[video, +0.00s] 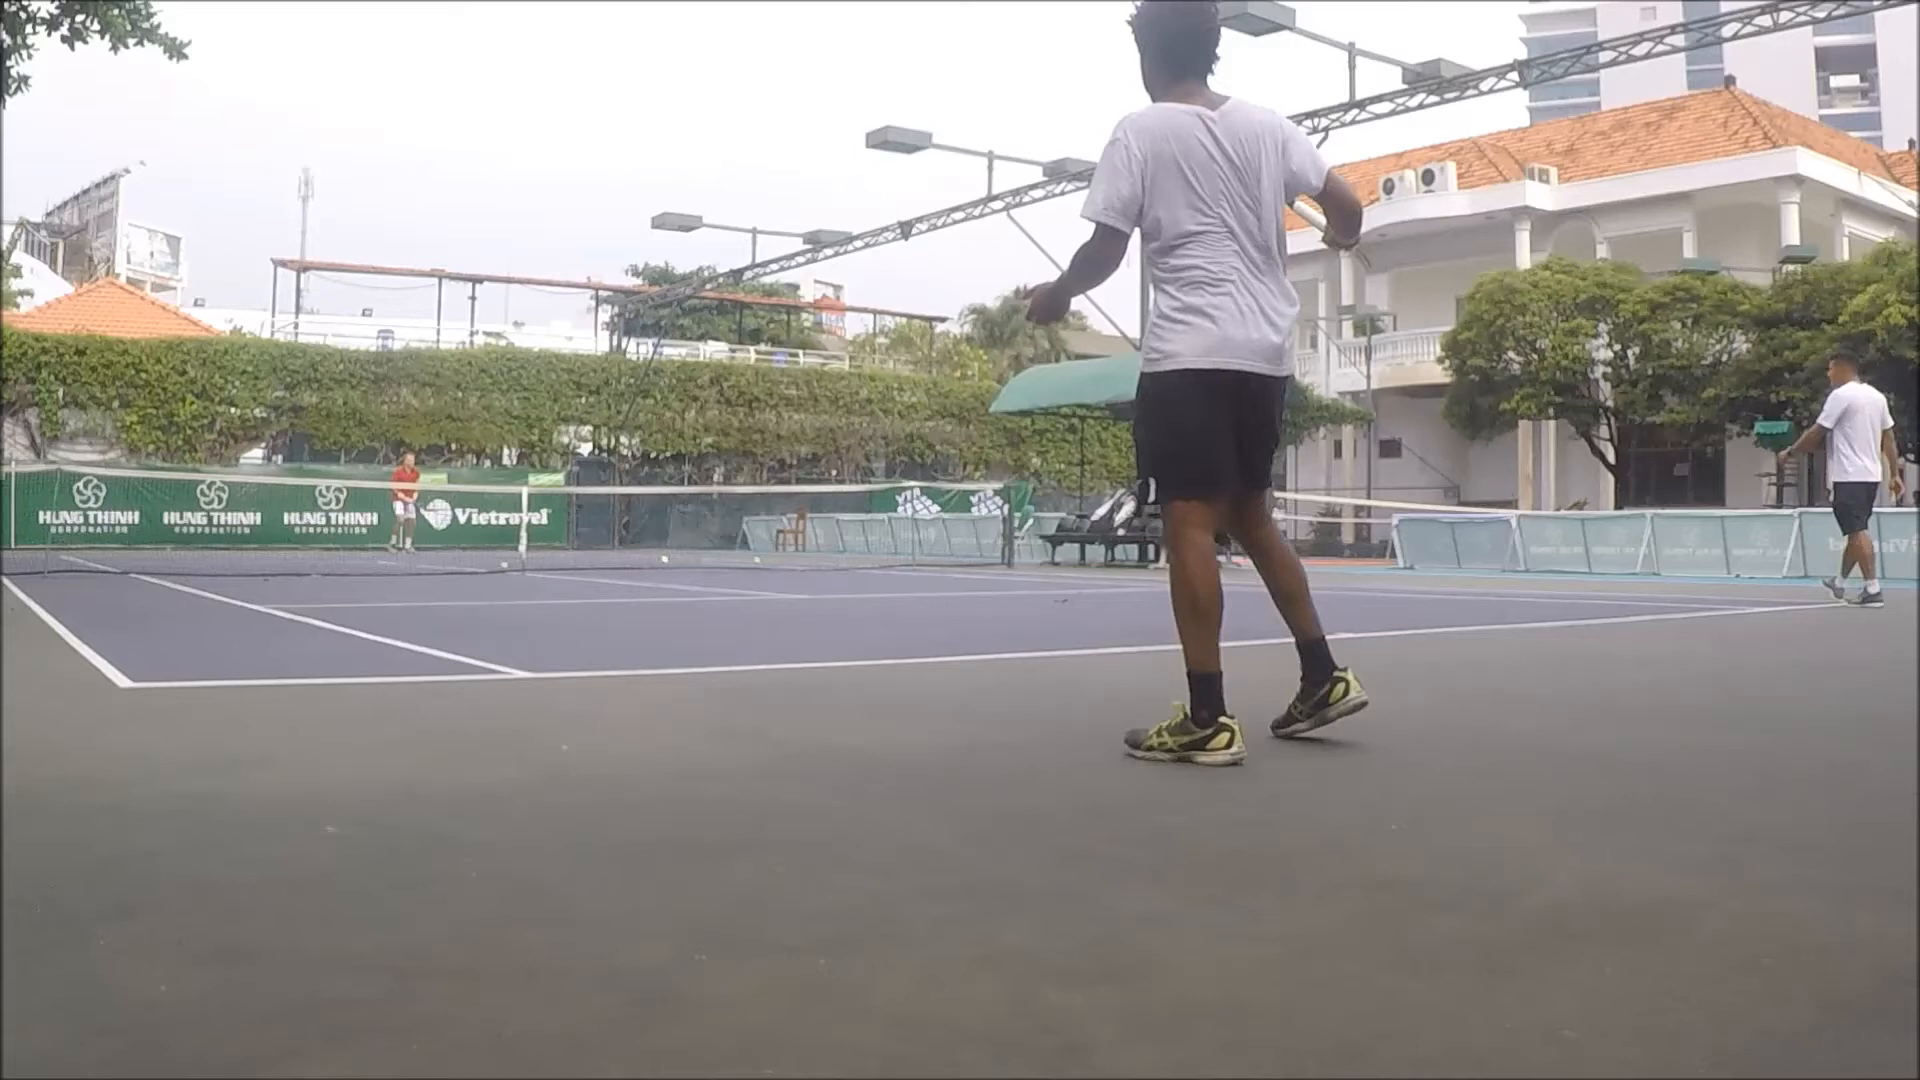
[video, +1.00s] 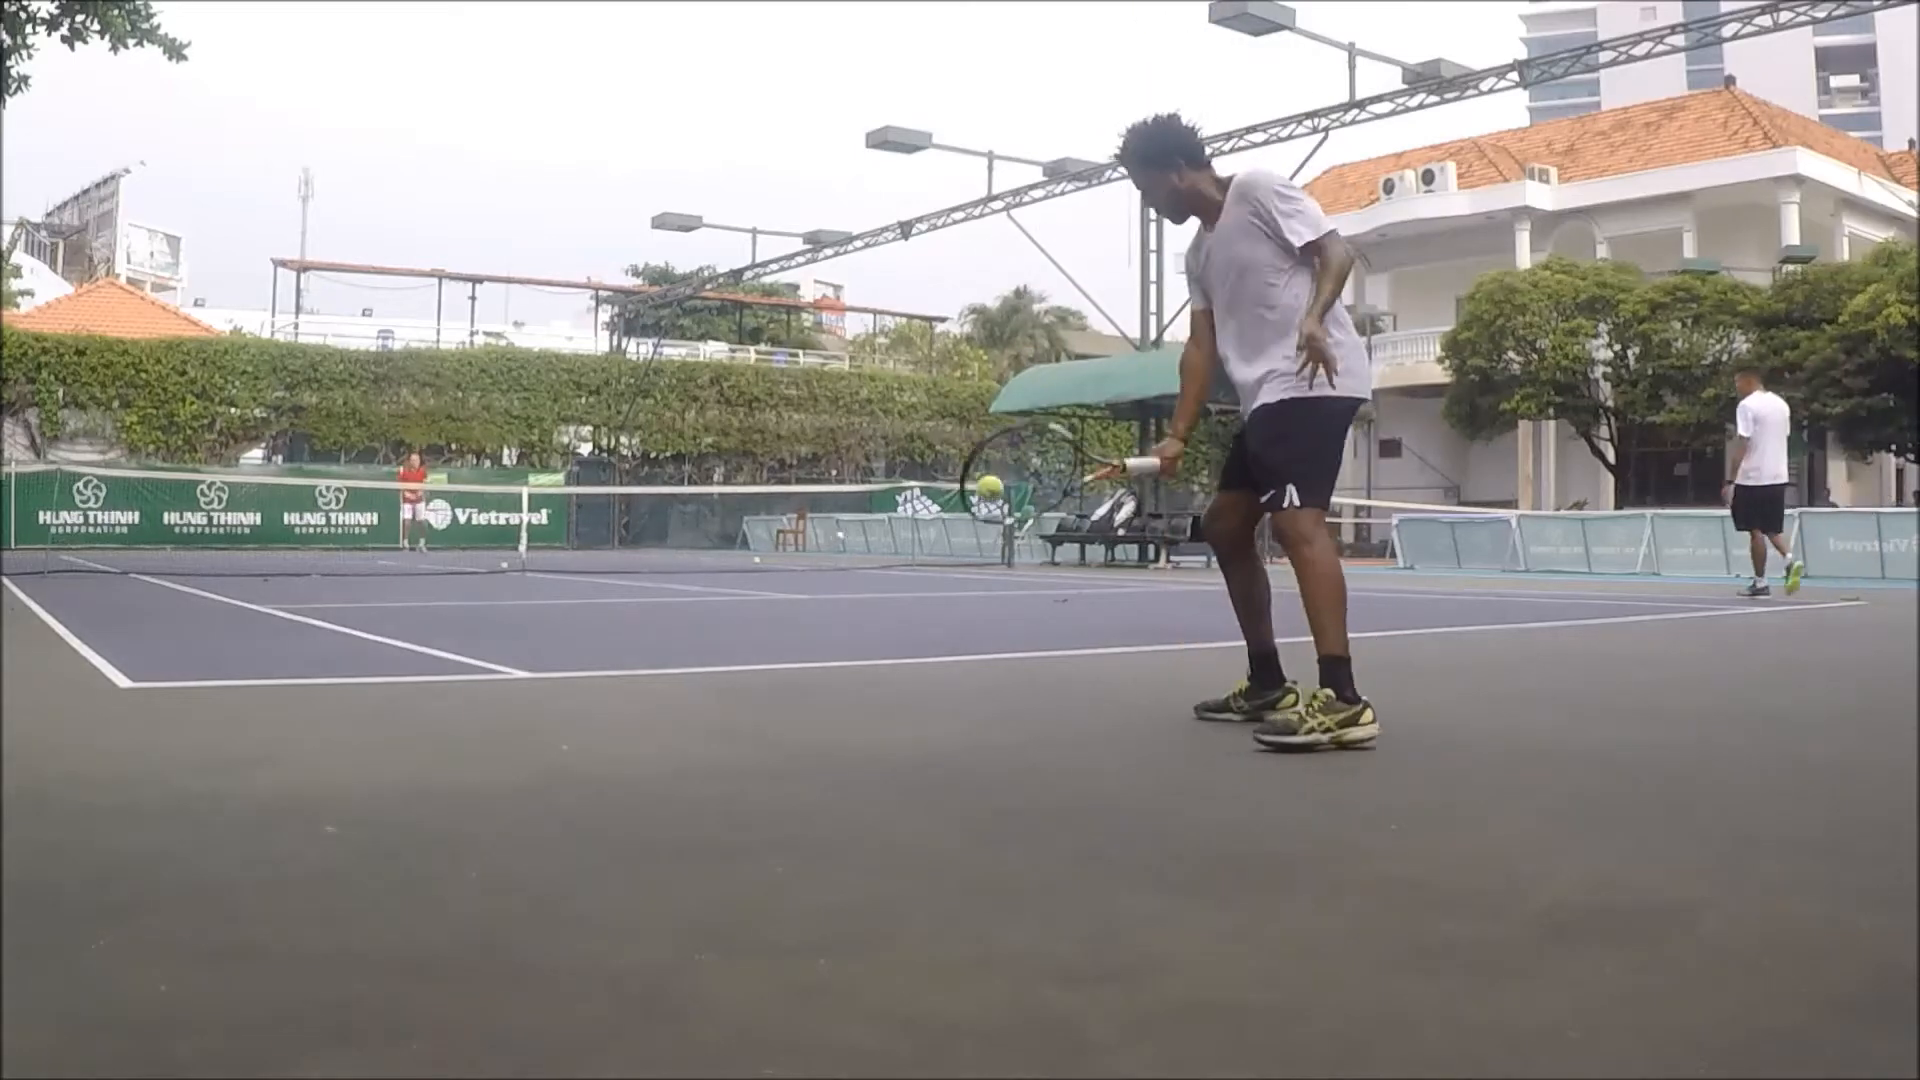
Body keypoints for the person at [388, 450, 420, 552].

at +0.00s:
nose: (411, 462)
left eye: (412, 460)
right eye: (408, 460)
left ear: (414, 461)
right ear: (404, 460)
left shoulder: (416, 473)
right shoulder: (397, 471)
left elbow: (416, 486)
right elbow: (394, 487)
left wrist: (414, 497)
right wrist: (405, 498)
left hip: (410, 497)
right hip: (399, 497)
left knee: (411, 519)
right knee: (400, 517)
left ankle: (408, 543)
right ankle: (393, 541)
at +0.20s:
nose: (410, 462)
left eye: (412, 460)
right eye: (408, 460)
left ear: (414, 461)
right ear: (404, 461)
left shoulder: (416, 473)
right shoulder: (398, 472)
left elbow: (419, 485)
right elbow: (395, 485)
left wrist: (415, 496)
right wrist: (405, 496)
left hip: (413, 498)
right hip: (403, 498)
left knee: (413, 519)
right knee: (406, 518)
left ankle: (410, 541)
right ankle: (406, 541)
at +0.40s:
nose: (410, 460)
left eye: (412, 457)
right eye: (408, 457)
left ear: (414, 458)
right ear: (404, 458)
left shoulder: (418, 470)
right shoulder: (399, 470)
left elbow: (420, 482)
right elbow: (398, 484)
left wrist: (417, 491)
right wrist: (409, 492)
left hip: (417, 495)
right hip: (406, 496)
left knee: (419, 516)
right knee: (407, 518)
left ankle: (417, 538)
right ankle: (407, 539)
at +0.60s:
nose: (413, 462)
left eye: (414, 459)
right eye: (411, 460)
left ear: (417, 460)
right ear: (407, 461)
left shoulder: (420, 470)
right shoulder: (402, 470)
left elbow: (422, 482)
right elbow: (400, 483)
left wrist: (417, 492)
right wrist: (407, 492)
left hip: (418, 498)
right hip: (407, 498)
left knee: (420, 520)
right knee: (407, 520)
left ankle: (421, 542)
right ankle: (407, 541)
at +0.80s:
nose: (414, 458)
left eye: (416, 455)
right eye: (412, 455)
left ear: (419, 457)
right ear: (409, 457)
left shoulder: (421, 468)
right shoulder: (403, 468)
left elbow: (424, 481)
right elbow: (399, 481)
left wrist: (418, 489)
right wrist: (407, 489)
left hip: (419, 496)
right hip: (407, 496)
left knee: (421, 518)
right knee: (408, 518)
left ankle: (421, 542)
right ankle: (407, 541)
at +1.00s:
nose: (415, 462)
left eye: (417, 460)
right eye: (413, 460)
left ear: (420, 461)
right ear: (409, 461)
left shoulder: (422, 471)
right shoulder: (403, 470)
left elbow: (424, 483)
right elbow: (400, 484)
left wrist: (420, 492)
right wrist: (406, 493)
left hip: (419, 498)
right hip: (407, 499)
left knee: (421, 520)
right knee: (407, 520)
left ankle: (422, 541)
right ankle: (405, 541)